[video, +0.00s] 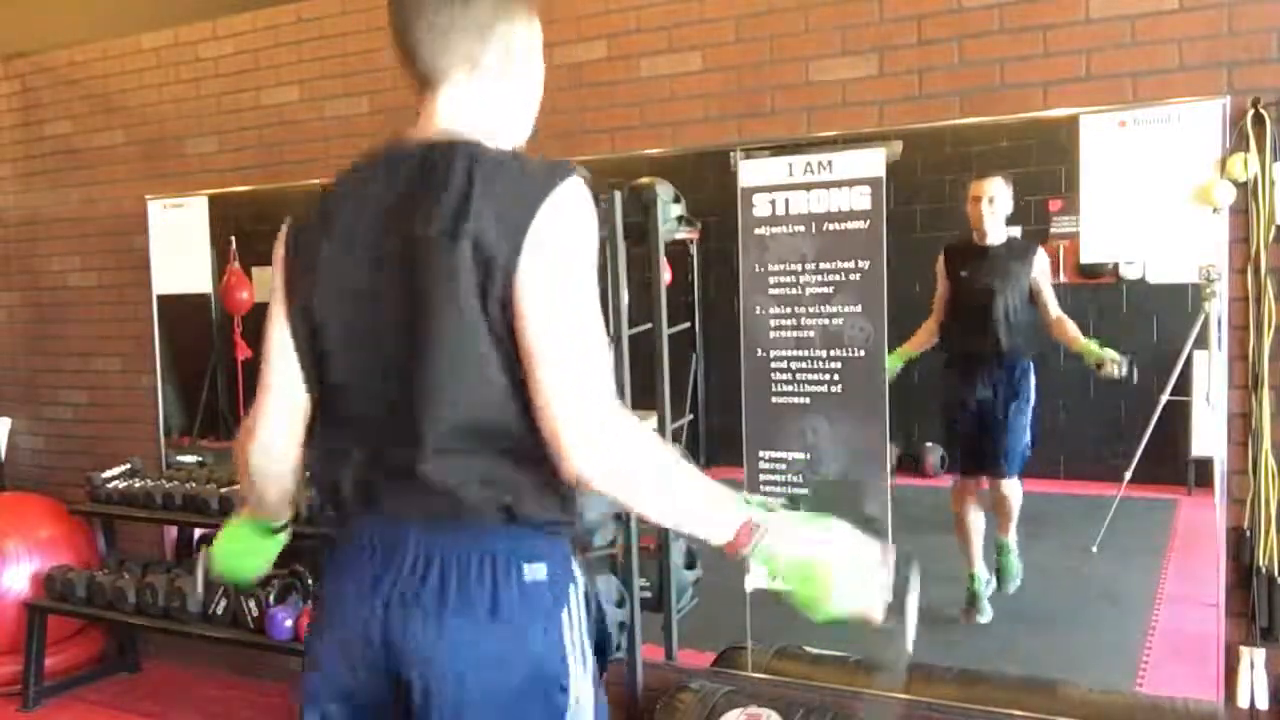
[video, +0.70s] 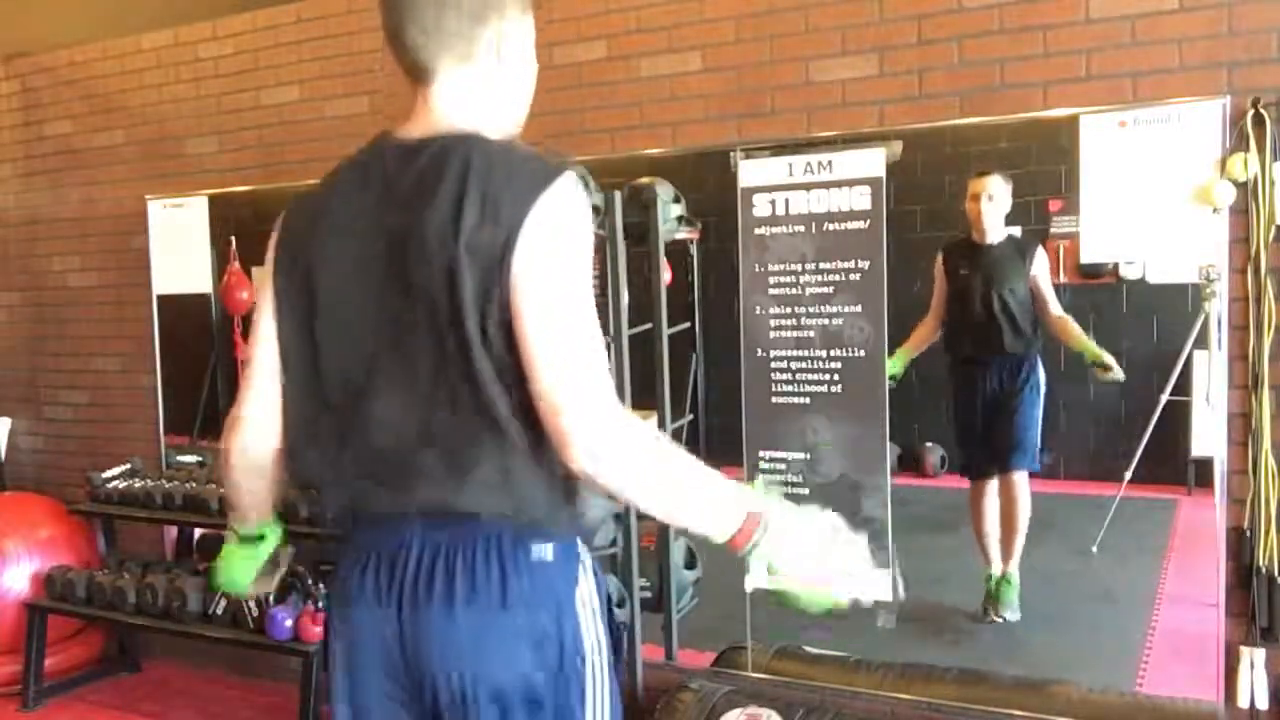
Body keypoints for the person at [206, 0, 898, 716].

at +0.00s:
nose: (540, 80)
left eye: (538, 57)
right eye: (537, 56)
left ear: (416, 62)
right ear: (517, 57)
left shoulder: (311, 229)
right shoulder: (540, 198)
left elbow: (268, 454)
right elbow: (589, 441)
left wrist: (267, 512)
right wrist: (760, 533)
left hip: (356, 573)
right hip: (504, 582)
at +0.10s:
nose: (529, 161)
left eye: (524, 137)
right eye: (525, 136)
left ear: (404, 146)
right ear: (500, 136)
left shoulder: (308, 304)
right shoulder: (529, 283)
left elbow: (252, 511)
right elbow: (605, 517)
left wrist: (354, 431)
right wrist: (788, 506)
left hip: (368, 650)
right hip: (515, 656)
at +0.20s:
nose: (526, 152)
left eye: (521, 125)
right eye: (520, 125)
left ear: (404, 132)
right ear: (488, 126)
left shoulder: (304, 291)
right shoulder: (523, 270)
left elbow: (243, 498)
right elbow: (607, 497)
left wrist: (365, 448)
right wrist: (785, 499)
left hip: (361, 663)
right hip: (510, 661)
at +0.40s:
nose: (516, 69)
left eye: (510, 46)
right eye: (510, 45)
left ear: (387, 56)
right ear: (487, 48)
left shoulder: (286, 226)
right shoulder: (512, 187)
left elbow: (248, 481)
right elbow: (577, 432)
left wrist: (251, 524)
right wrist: (761, 521)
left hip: (359, 572)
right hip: (508, 573)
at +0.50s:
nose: (513, 145)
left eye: (506, 121)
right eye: (508, 121)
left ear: (384, 134)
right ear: (487, 122)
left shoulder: (299, 292)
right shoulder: (516, 267)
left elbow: (242, 511)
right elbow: (597, 502)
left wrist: (346, 421)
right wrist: (791, 491)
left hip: (371, 640)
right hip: (518, 642)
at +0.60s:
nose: (521, 145)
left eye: (517, 118)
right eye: (515, 118)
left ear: (398, 129)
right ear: (485, 123)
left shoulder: (299, 292)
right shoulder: (524, 267)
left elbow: (234, 495)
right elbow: (609, 493)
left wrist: (360, 438)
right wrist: (780, 488)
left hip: (364, 656)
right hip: (515, 654)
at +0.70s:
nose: (536, 69)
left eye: (532, 44)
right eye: (533, 43)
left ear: (404, 52)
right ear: (513, 44)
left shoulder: (305, 220)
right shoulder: (531, 192)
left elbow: (252, 446)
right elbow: (592, 437)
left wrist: (250, 527)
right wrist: (765, 527)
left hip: (365, 588)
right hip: (515, 587)